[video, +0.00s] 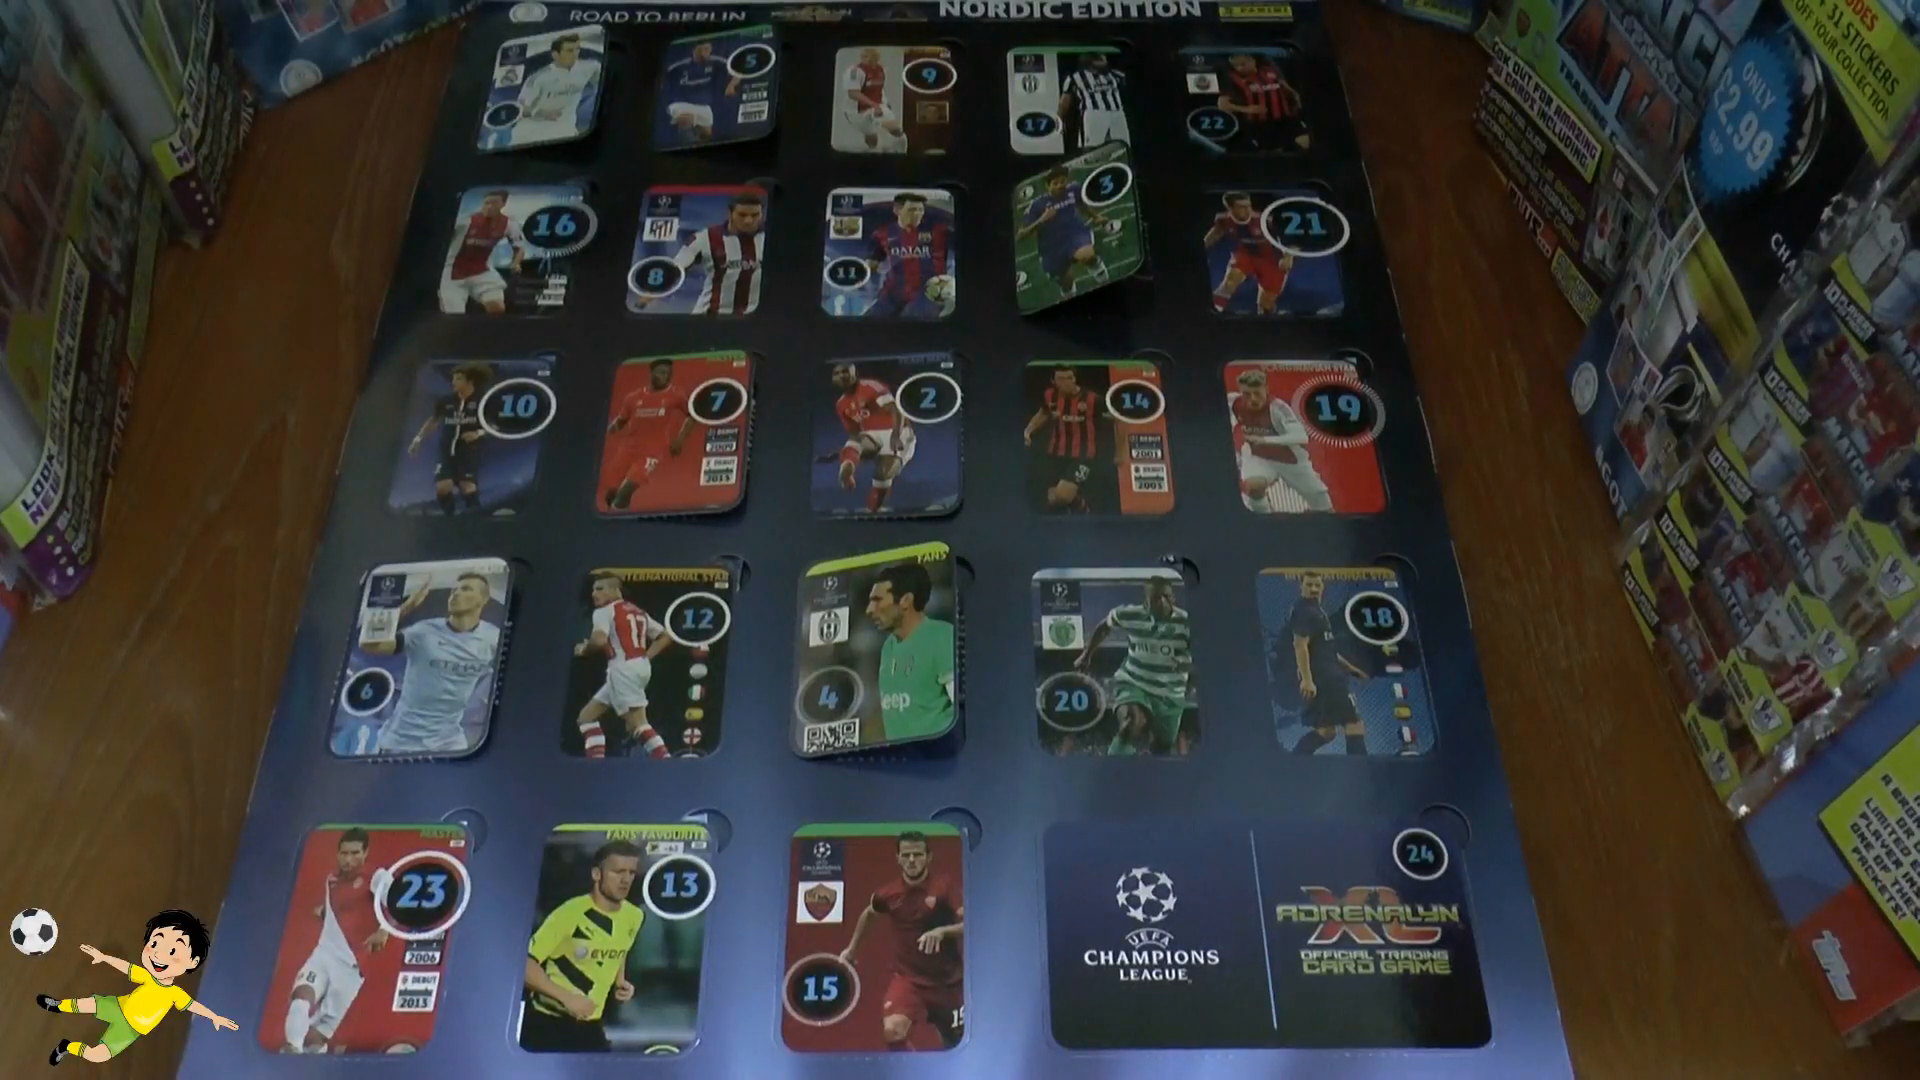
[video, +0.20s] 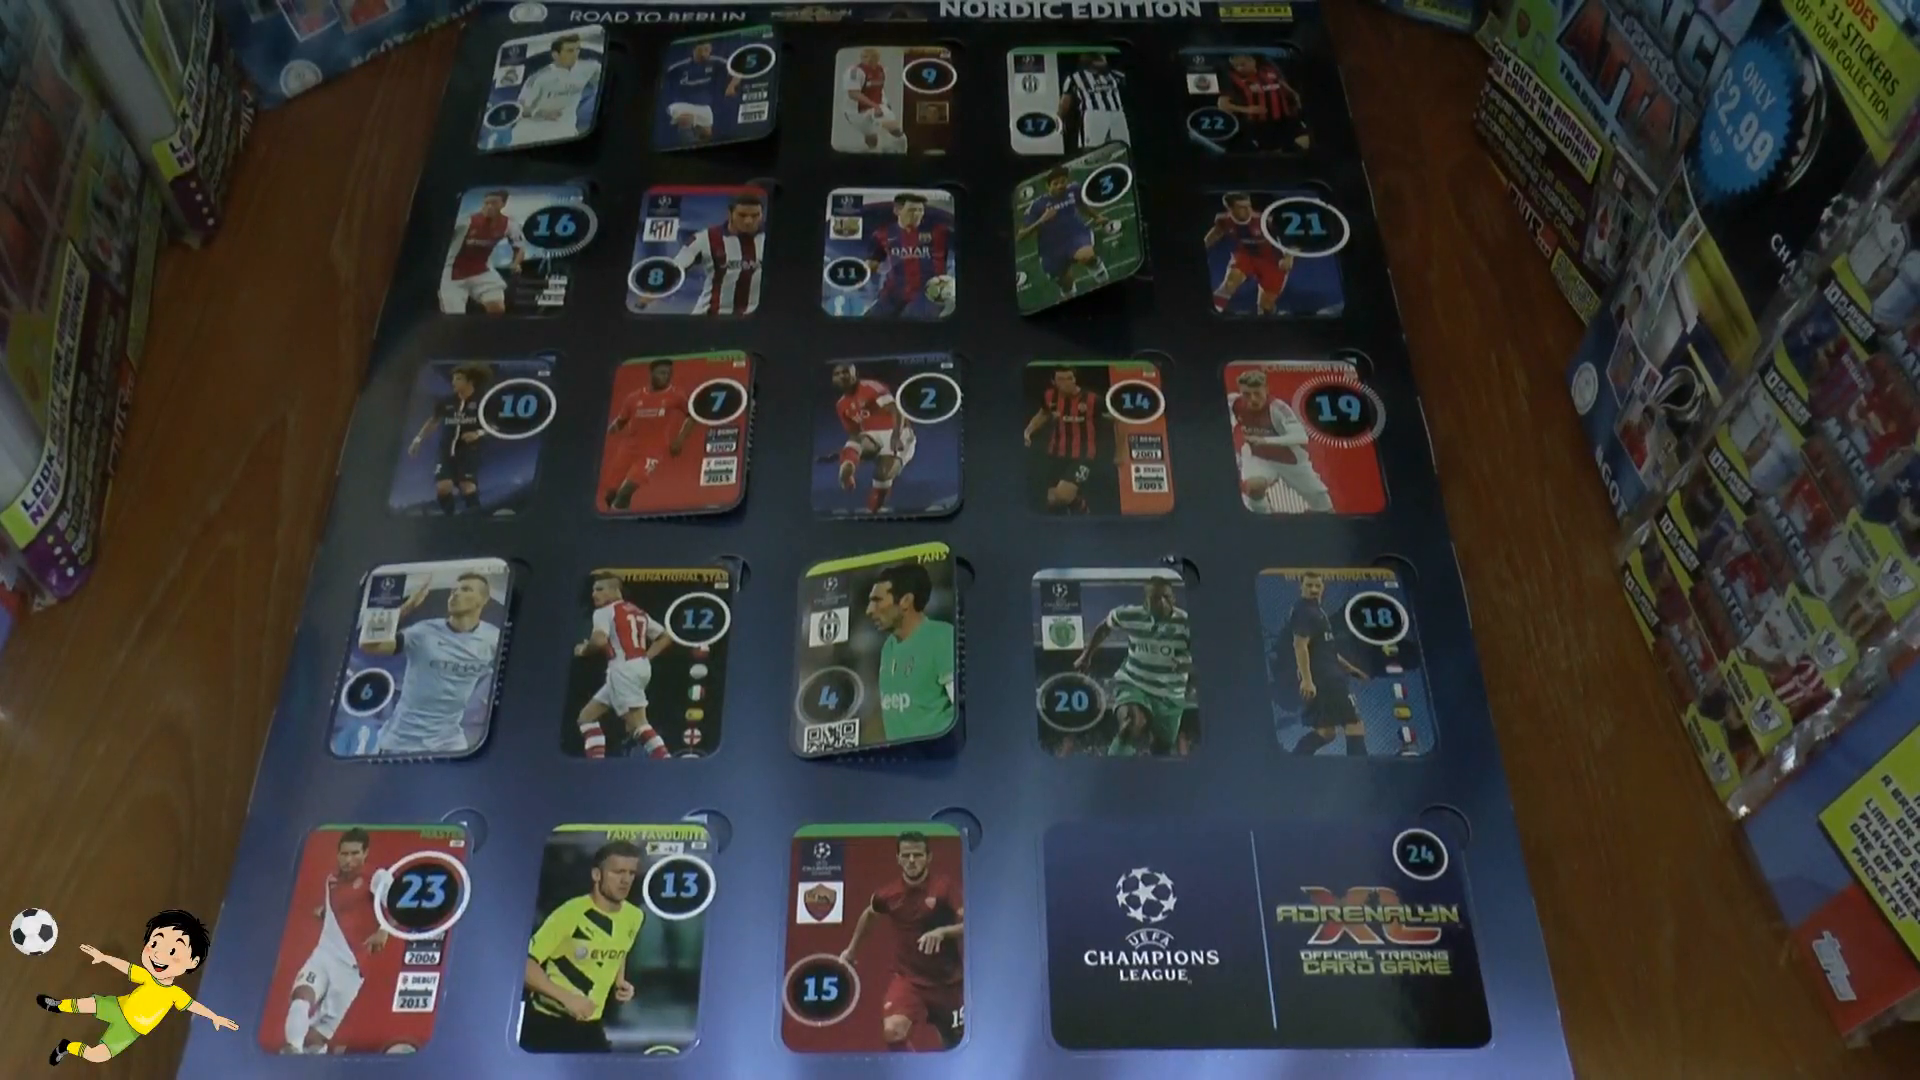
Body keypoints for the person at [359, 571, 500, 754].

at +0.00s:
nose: (455, 593)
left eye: (466, 589)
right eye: (454, 589)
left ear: (484, 600)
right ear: (449, 596)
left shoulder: (494, 640)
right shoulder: (423, 631)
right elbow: (370, 645)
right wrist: (401, 611)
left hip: (448, 740)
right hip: (400, 738)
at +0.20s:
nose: (455, 594)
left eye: (466, 589)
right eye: (454, 590)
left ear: (484, 600)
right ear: (449, 597)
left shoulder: (494, 640)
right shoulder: (423, 632)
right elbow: (370, 645)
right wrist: (401, 612)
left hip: (449, 741)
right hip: (400, 739)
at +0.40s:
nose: (456, 596)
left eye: (466, 591)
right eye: (454, 591)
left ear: (484, 602)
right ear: (450, 599)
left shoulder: (494, 642)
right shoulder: (424, 634)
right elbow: (370, 647)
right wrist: (404, 611)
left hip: (449, 743)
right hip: (401, 741)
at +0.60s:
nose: (455, 598)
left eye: (465, 593)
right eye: (454, 593)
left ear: (483, 604)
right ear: (449, 600)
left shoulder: (493, 644)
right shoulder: (423, 636)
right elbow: (369, 649)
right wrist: (406, 612)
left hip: (449, 745)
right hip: (400, 743)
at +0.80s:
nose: (453, 595)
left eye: (464, 591)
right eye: (452, 591)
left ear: (482, 601)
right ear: (447, 598)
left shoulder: (492, 642)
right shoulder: (422, 633)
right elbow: (368, 646)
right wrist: (401, 611)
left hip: (447, 743)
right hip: (399, 740)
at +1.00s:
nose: (453, 595)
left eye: (463, 590)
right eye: (452, 590)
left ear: (481, 601)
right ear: (447, 597)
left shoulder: (492, 641)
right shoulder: (422, 633)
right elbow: (368, 646)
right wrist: (401, 611)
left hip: (446, 742)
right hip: (398, 740)